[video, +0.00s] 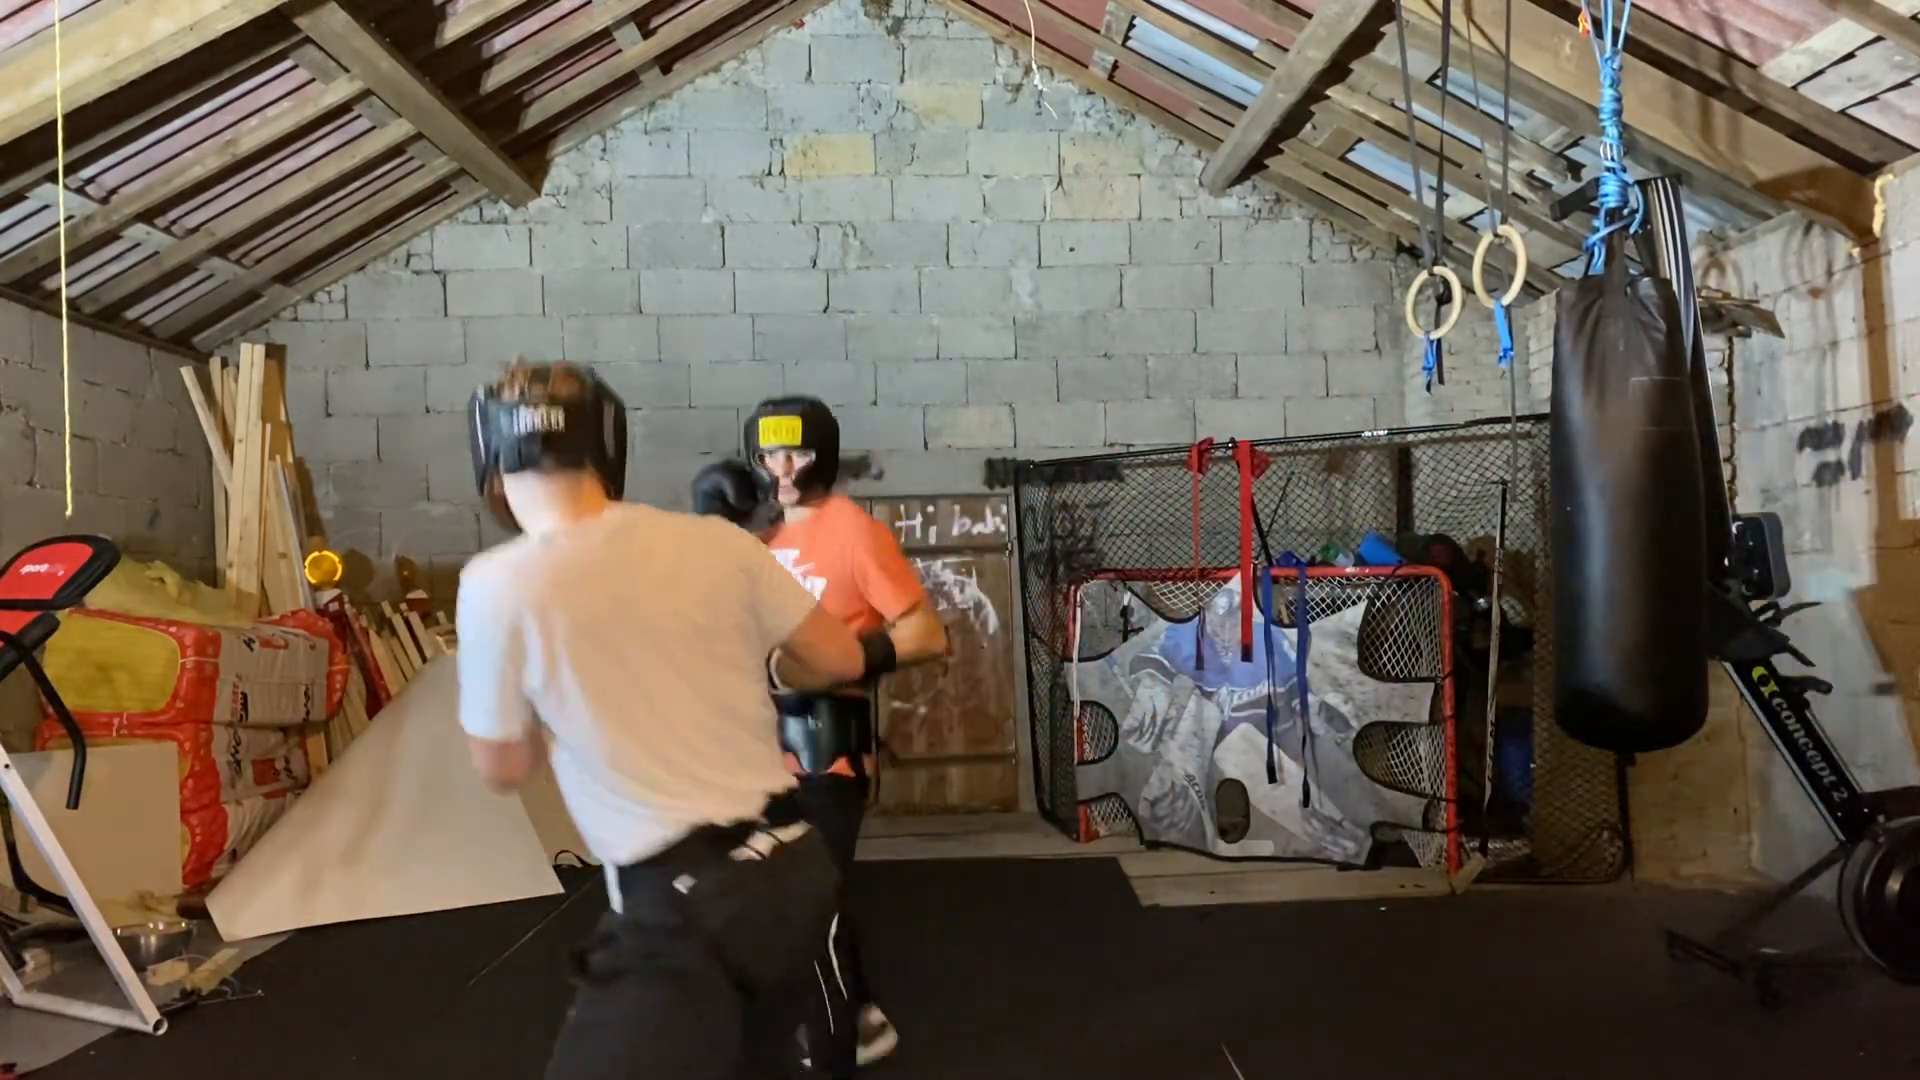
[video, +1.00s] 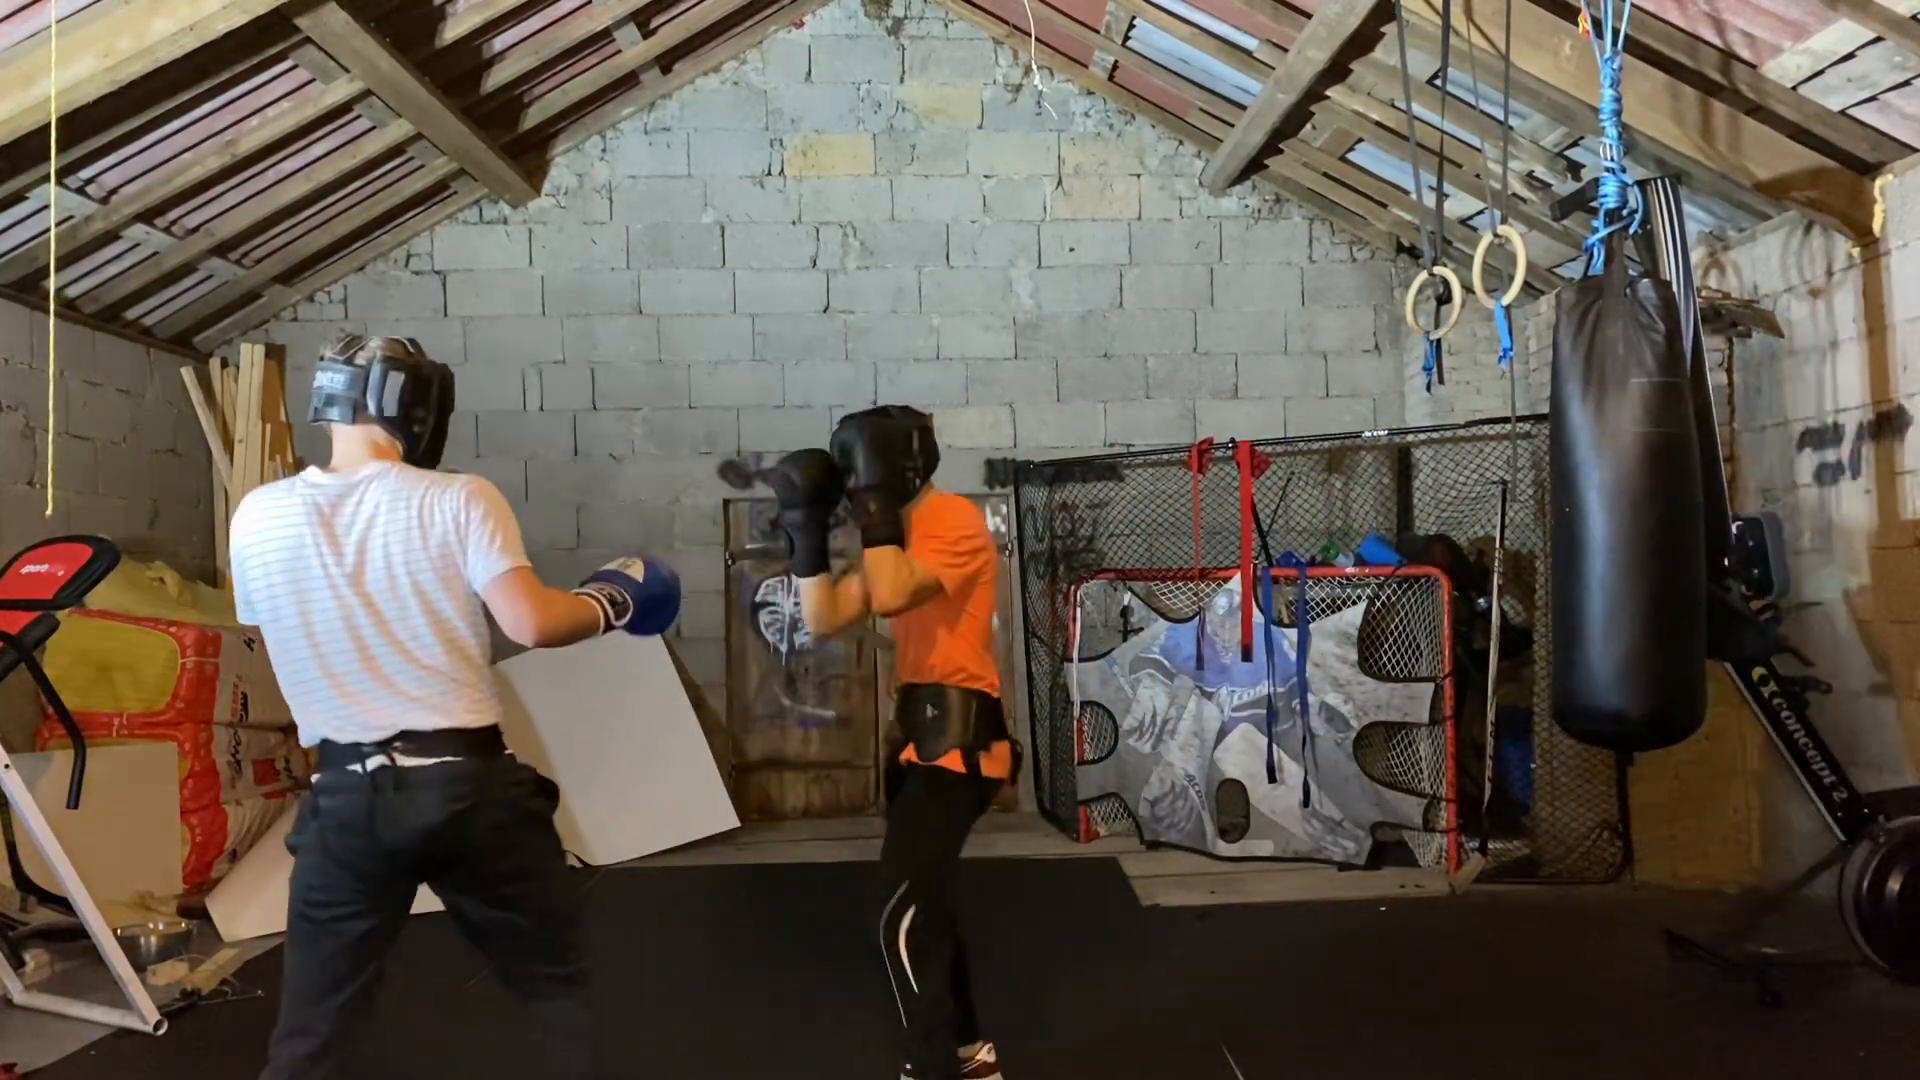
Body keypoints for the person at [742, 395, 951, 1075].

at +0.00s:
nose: (779, 468)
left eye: (791, 453)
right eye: (769, 455)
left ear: (821, 455)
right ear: (760, 461)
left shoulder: (856, 530)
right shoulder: (761, 532)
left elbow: (927, 634)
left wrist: (824, 660)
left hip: (831, 741)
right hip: (765, 736)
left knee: (818, 897)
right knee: (803, 888)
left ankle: (826, 1044)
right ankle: (860, 1012)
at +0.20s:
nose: (791, 481)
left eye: (804, 467)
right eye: (780, 468)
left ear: (832, 468)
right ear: (770, 473)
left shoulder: (878, 545)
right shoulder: (764, 553)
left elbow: (930, 641)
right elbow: (736, 647)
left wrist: (862, 649)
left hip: (847, 742)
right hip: (784, 742)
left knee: (831, 906)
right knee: (804, 900)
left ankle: (838, 1057)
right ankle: (876, 1030)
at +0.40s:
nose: (805, 487)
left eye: (817, 474)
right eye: (796, 474)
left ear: (849, 471)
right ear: (790, 478)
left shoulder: (892, 530)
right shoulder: (789, 541)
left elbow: (916, 639)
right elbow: (738, 625)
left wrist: (875, 539)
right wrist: (735, 535)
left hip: (872, 730)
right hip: (812, 732)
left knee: (851, 907)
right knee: (815, 898)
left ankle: (896, 1058)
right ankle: (862, 1033)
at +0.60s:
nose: (809, 481)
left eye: (820, 465)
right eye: (803, 468)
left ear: (856, 462)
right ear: (804, 477)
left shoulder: (909, 516)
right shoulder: (816, 540)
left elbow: (891, 602)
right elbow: (756, 619)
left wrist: (868, 502)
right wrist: (751, 531)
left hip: (909, 733)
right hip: (854, 733)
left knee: (888, 907)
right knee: (865, 898)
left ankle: (907, 1056)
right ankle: (882, 1026)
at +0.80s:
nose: (828, 478)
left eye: (834, 462)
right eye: (823, 466)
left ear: (867, 458)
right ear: (834, 478)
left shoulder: (932, 512)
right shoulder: (849, 537)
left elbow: (894, 590)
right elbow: (785, 610)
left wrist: (872, 488)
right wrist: (773, 517)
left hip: (932, 733)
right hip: (880, 733)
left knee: (895, 917)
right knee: (914, 904)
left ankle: (914, 1069)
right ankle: (966, 1050)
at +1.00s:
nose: (860, 487)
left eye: (865, 474)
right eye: (857, 477)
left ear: (896, 466)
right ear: (904, 464)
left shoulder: (955, 519)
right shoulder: (898, 538)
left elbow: (890, 593)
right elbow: (824, 616)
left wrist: (873, 498)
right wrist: (806, 522)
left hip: (961, 736)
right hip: (922, 735)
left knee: (901, 916)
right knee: (926, 902)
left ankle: (931, 1067)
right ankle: (966, 1047)